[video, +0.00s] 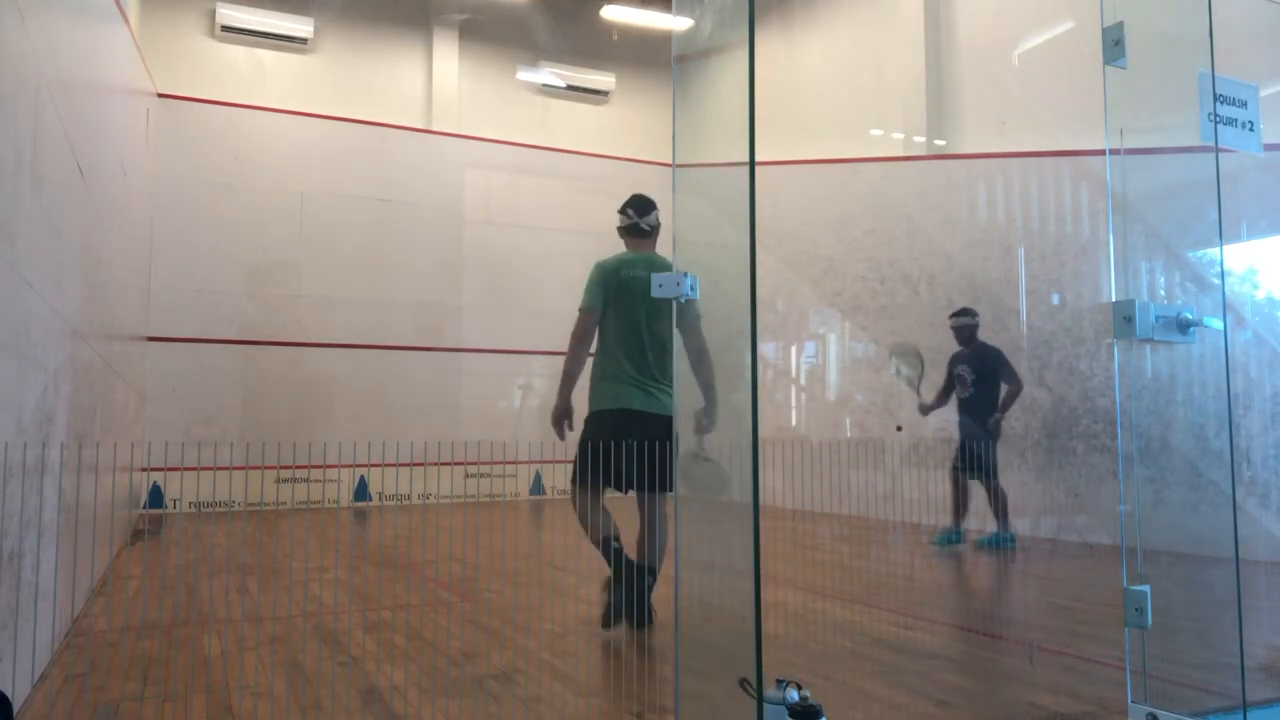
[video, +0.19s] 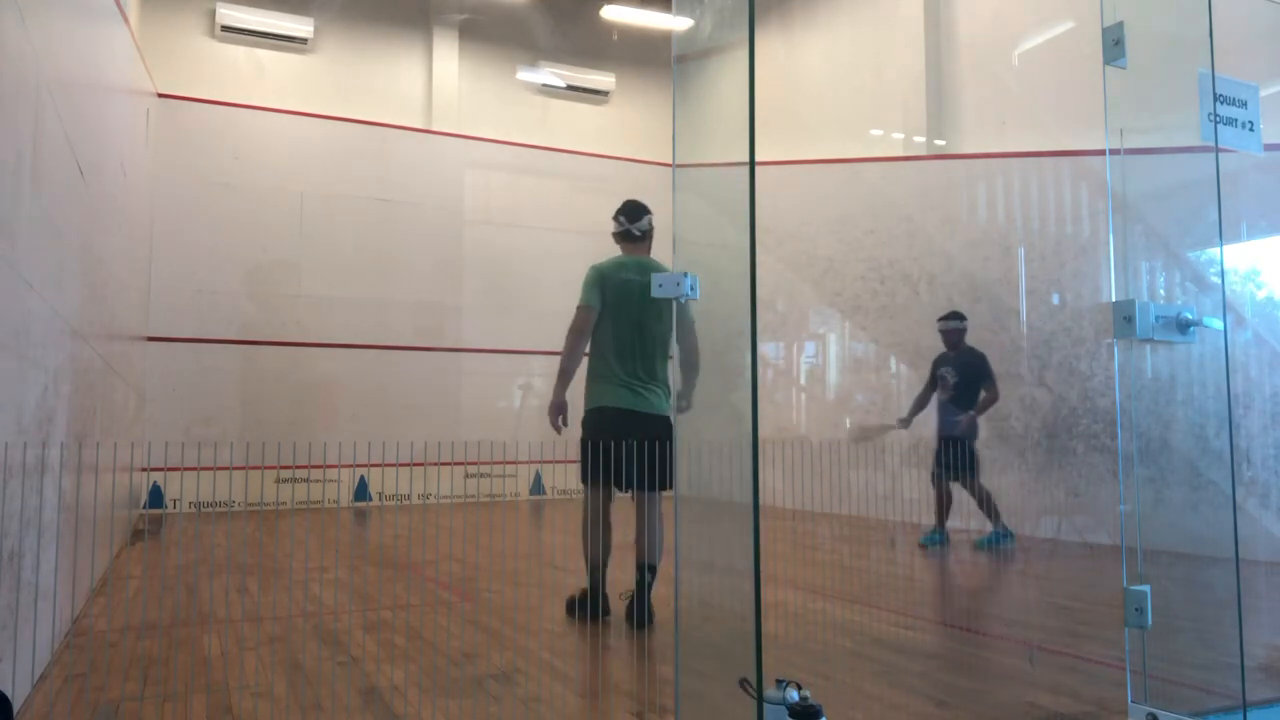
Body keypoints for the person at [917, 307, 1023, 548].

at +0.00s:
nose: (957, 334)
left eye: (962, 329)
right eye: (954, 329)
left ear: (974, 328)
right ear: (952, 330)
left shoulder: (990, 354)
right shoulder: (957, 359)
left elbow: (1015, 385)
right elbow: (947, 390)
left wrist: (999, 415)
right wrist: (931, 406)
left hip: (985, 427)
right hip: (968, 427)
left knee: (958, 472)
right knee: (988, 480)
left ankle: (955, 529)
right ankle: (1004, 532)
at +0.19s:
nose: (944, 337)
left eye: (949, 332)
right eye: (942, 332)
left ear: (962, 332)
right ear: (940, 333)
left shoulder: (975, 358)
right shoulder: (941, 361)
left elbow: (992, 394)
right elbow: (927, 391)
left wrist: (973, 414)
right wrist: (910, 416)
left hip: (962, 429)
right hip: (947, 429)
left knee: (939, 479)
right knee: (968, 480)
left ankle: (940, 530)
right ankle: (1001, 528)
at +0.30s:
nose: (935, 336)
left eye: (939, 331)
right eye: (933, 331)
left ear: (952, 331)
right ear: (932, 332)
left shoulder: (965, 358)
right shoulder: (932, 358)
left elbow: (983, 395)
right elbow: (925, 390)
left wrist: (965, 416)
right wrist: (909, 413)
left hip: (955, 426)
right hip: (935, 425)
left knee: (942, 477)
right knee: (944, 479)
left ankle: (939, 529)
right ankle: (990, 520)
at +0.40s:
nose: (927, 336)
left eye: (931, 331)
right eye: (924, 332)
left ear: (943, 331)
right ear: (922, 332)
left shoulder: (956, 358)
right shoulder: (924, 357)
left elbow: (974, 394)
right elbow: (920, 389)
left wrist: (959, 418)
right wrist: (905, 415)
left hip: (948, 428)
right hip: (928, 428)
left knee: (938, 478)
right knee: (923, 477)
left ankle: (940, 530)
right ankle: (971, 510)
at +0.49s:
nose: (917, 337)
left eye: (921, 332)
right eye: (914, 332)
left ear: (934, 331)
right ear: (913, 333)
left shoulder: (949, 357)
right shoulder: (917, 358)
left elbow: (968, 392)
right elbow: (912, 390)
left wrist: (954, 419)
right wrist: (896, 415)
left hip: (943, 427)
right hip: (922, 426)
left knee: (937, 478)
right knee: (906, 471)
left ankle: (941, 529)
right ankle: (947, 512)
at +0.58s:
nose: (911, 338)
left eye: (915, 333)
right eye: (907, 334)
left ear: (927, 332)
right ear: (905, 334)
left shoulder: (941, 357)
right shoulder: (911, 358)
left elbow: (962, 391)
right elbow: (903, 388)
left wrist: (949, 418)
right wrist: (886, 413)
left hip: (937, 427)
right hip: (916, 427)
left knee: (936, 477)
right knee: (900, 471)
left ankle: (940, 530)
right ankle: (917, 521)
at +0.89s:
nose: (895, 340)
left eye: (899, 335)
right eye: (891, 335)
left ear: (909, 333)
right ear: (887, 336)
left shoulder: (925, 357)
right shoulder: (888, 361)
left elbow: (945, 386)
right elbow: (874, 391)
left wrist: (925, 398)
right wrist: (859, 418)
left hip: (919, 429)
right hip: (896, 428)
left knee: (920, 475)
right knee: (899, 477)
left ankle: (933, 528)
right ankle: (905, 525)